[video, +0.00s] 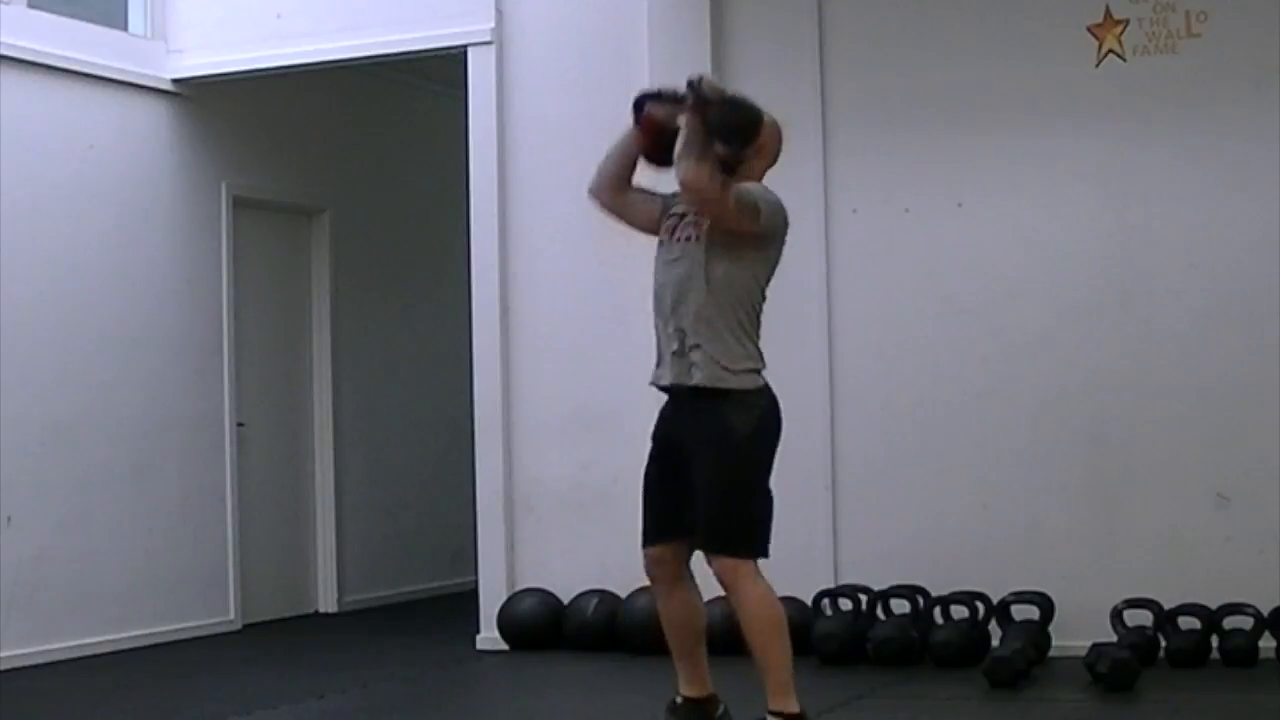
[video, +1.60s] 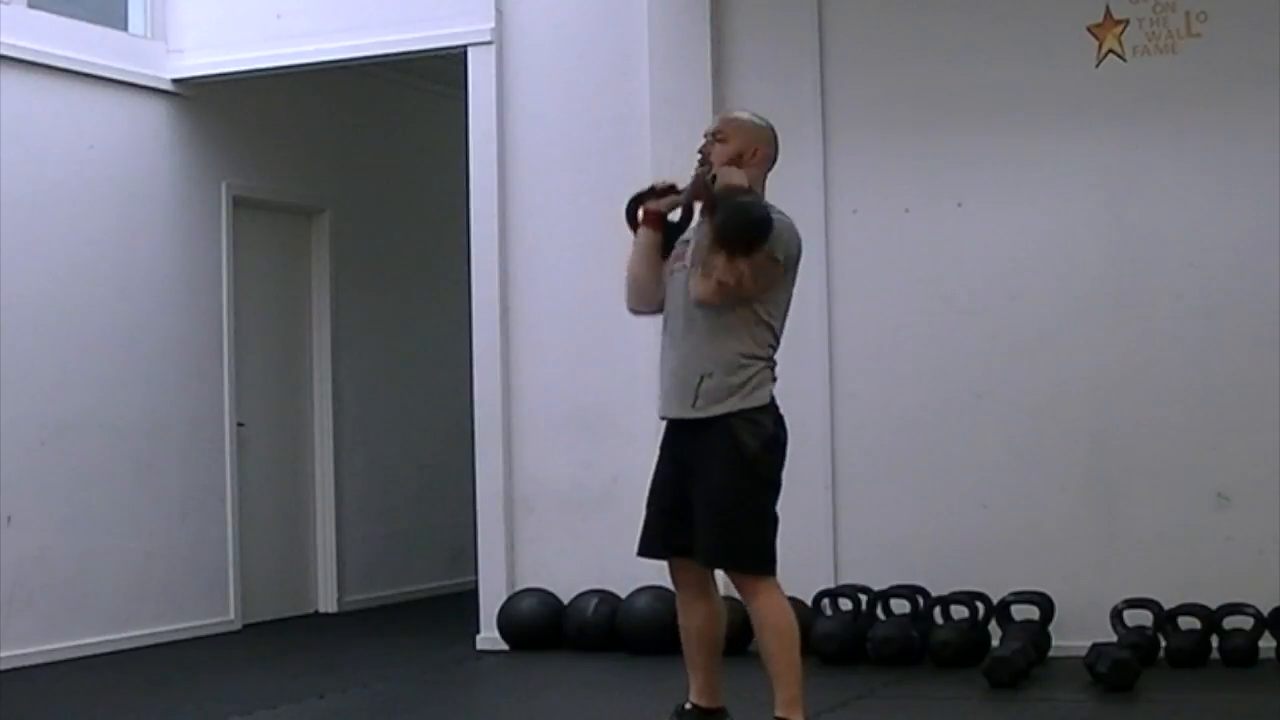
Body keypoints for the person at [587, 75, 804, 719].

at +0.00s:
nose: (681, 155)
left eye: (690, 144)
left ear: (720, 150)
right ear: (737, 148)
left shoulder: (765, 212)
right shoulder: (678, 213)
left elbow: (698, 192)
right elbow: (610, 190)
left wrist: (692, 125)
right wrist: (640, 131)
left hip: (739, 410)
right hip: (682, 409)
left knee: (732, 561)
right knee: (664, 560)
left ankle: (785, 709)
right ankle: (695, 699)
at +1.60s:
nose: (703, 150)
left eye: (718, 141)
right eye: (705, 140)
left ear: (755, 160)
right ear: (708, 159)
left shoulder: (773, 229)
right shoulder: (695, 233)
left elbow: (710, 288)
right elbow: (641, 298)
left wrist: (718, 198)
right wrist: (650, 226)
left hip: (743, 425)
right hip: (686, 425)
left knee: (751, 573)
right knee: (686, 569)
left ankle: (791, 712)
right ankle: (704, 705)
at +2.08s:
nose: (709, 153)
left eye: (724, 143)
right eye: (711, 143)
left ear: (763, 157)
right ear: (741, 159)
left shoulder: (786, 230)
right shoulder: (707, 244)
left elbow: (776, 323)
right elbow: (678, 327)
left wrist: (687, 335)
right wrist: (613, 336)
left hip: (787, 426)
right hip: (730, 431)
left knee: (769, 568)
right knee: (694, 563)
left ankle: (791, 712)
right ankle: (704, 704)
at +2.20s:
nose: (695, 172)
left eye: (708, 163)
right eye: (698, 163)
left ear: (747, 179)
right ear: (732, 181)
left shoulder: (777, 259)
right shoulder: (703, 271)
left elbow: (747, 363)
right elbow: (668, 357)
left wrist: (681, 433)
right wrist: (612, 420)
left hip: (802, 442)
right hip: (741, 445)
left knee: (768, 570)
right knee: (682, 559)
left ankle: (792, 712)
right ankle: (702, 704)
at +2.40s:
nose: (621, 221)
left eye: (635, 210)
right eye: (624, 210)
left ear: (677, 222)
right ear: (657, 226)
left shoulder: (721, 304)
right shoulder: (649, 318)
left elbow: (727, 424)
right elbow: (666, 418)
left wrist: (727, 519)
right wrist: (681, 511)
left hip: (794, 453)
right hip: (734, 461)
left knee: (762, 574)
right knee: (658, 555)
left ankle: (791, 712)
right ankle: (699, 702)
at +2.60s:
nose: (550, 277)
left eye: (561, 264)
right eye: (551, 265)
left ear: (605, 270)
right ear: (600, 273)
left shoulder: (675, 338)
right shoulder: (610, 356)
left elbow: (729, 441)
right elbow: (673, 437)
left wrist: (755, 511)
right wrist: (725, 504)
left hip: (796, 441)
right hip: (739, 453)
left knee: (771, 571)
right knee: (678, 555)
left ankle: (793, 712)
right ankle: (702, 700)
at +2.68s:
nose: (548, 283)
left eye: (558, 269)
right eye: (549, 271)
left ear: (601, 275)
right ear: (598, 278)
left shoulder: (674, 342)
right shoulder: (610, 359)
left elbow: (730, 443)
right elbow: (676, 439)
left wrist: (756, 509)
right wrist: (730, 505)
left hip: (797, 440)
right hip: (743, 453)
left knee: (768, 570)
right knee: (680, 556)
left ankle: (794, 712)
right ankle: (704, 703)